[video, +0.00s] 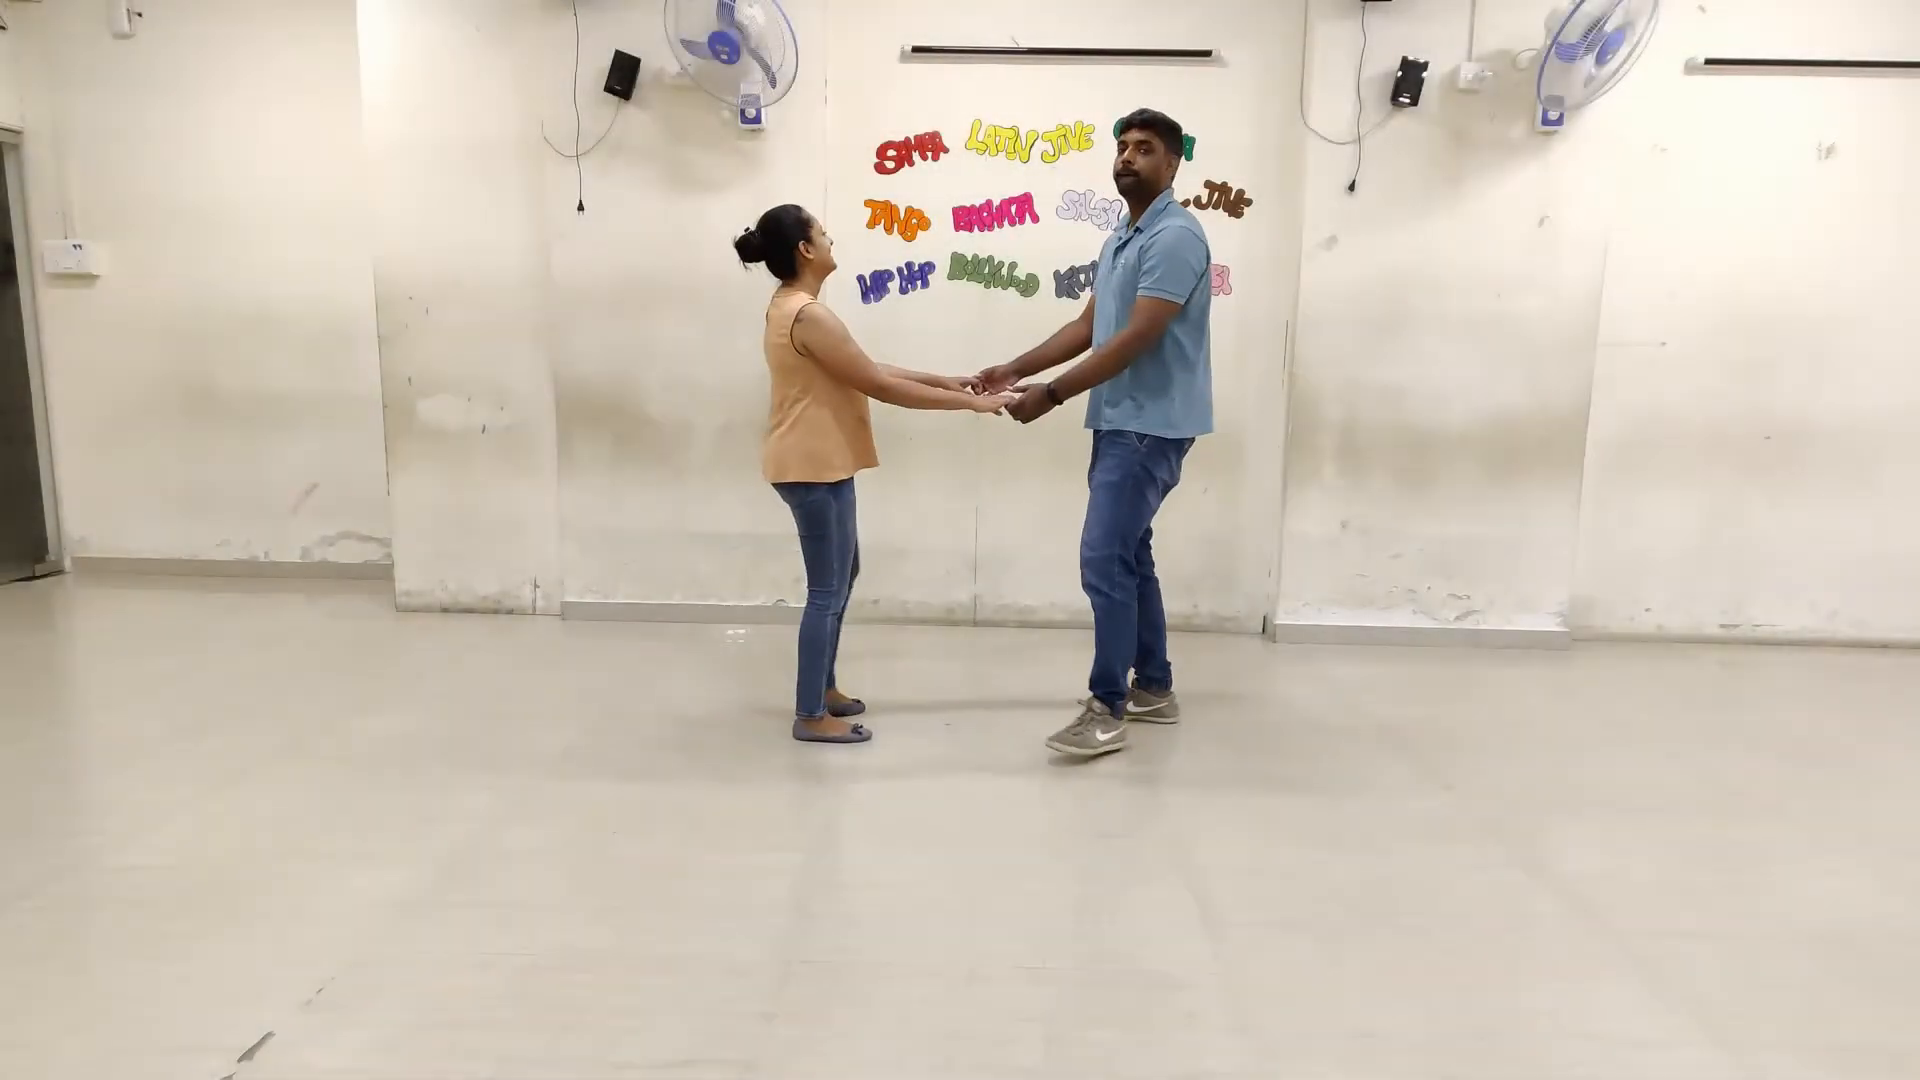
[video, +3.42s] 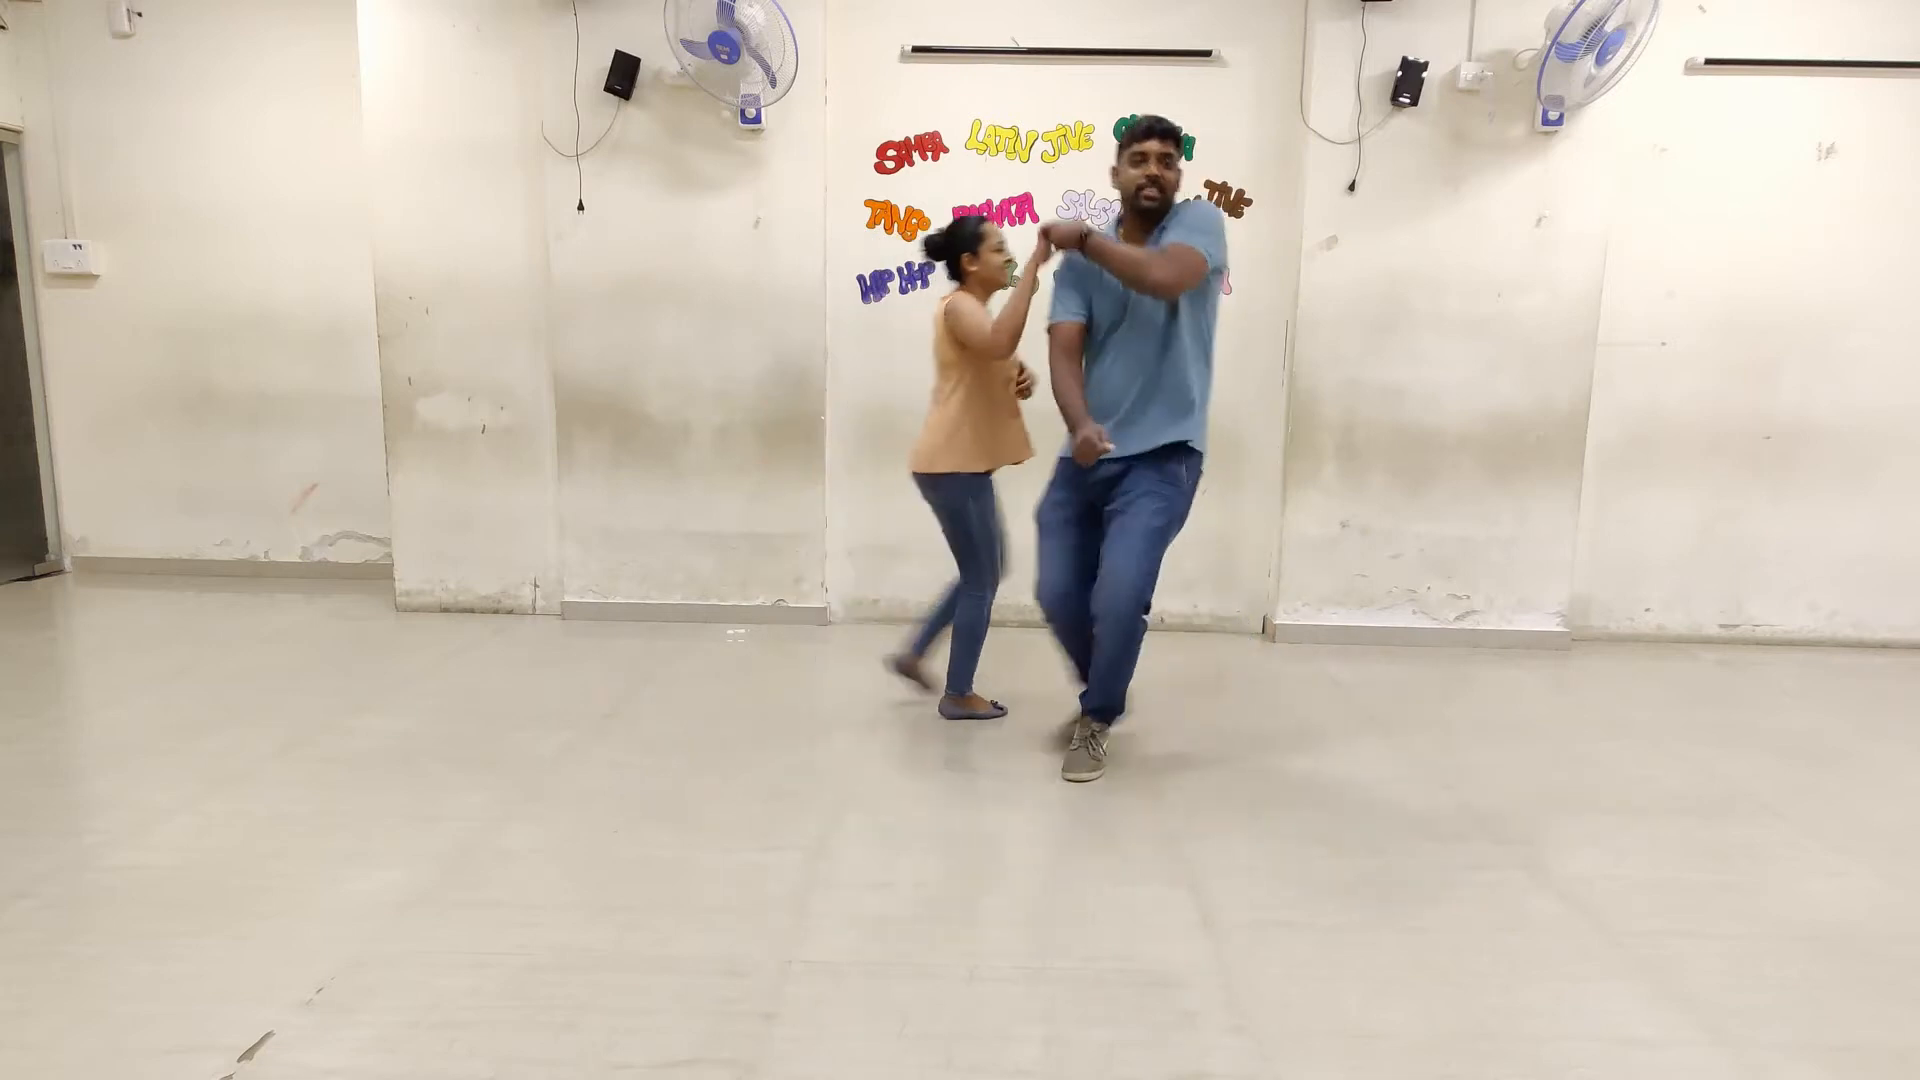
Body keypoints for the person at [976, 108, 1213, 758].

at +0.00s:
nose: (1129, 156)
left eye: (1145, 148)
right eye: (1123, 147)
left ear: (1174, 165)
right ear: (1115, 162)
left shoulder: (1177, 235)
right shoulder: (1122, 239)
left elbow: (1141, 334)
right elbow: (1087, 326)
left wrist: (1054, 392)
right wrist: (1015, 368)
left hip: (1151, 427)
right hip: (1116, 423)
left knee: (1103, 559)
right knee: (1128, 556)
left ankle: (1106, 709)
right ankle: (1152, 687)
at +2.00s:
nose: (1040, 156)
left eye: (1053, 146)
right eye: (1043, 146)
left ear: (1090, 156)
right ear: (1087, 158)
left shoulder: (1103, 223)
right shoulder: (1098, 219)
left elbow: (1128, 325)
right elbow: (1113, 326)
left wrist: (1036, 353)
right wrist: (1035, 351)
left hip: (1104, 428)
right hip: (1105, 423)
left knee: (1055, 562)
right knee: (1068, 556)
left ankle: (1085, 711)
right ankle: (1107, 683)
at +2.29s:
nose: (1056, 159)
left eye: (1068, 148)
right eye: (1059, 148)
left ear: (1104, 159)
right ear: (1098, 161)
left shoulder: (1124, 227)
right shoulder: (1106, 227)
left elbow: (1136, 328)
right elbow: (1105, 330)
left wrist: (1039, 351)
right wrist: (1034, 348)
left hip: (1133, 431)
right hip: (1123, 428)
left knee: (1071, 564)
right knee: (1088, 553)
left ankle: (1082, 710)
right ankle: (1131, 677)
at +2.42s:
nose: (1100, 175)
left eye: (1114, 167)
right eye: (1104, 165)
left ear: (1153, 180)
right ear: (1131, 178)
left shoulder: (1170, 251)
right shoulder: (1127, 254)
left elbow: (1161, 352)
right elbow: (1083, 341)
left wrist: (1064, 377)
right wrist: (1002, 363)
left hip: (1158, 450)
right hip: (1135, 446)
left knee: (1075, 569)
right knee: (1116, 573)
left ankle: (1082, 713)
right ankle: (1222, 673)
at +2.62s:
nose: (1162, 188)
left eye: (1176, 179)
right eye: (1166, 176)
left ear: (1215, 191)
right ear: (1202, 192)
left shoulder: (1224, 257)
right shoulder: (1205, 254)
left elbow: (1165, 354)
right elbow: (1156, 356)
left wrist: (1064, 349)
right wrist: (1081, 398)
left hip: (1215, 450)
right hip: (1216, 448)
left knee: (1125, 567)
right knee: (1185, 580)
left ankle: (1092, 714)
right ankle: (1257, 707)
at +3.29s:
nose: (1169, 190)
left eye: (1185, 181)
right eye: (1160, 179)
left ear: (1207, 194)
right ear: (1146, 190)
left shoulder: (1225, 249)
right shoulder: (1121, 273)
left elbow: (1184, 327)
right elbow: (1099, 363)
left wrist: (1100, 287)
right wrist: (1080, 426)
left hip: (1190, 463)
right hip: (1131, 462)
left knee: (1112, 602)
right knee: (1120, 601)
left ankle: (1093, 724)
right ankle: (1233, 661)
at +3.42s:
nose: (1153, 170)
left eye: (1166, 161)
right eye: (1140, 160)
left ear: (1180, 173)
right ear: (1116, 171)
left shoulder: (1201, 221)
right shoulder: (1085, 251)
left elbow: (1166, 276)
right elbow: (1065, 350)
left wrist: (1084, 241)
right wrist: (1079, 423)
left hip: (1164, 447)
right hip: (1089, 447)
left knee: (1119, 598)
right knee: (1057, 595)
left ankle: (1095, 718)